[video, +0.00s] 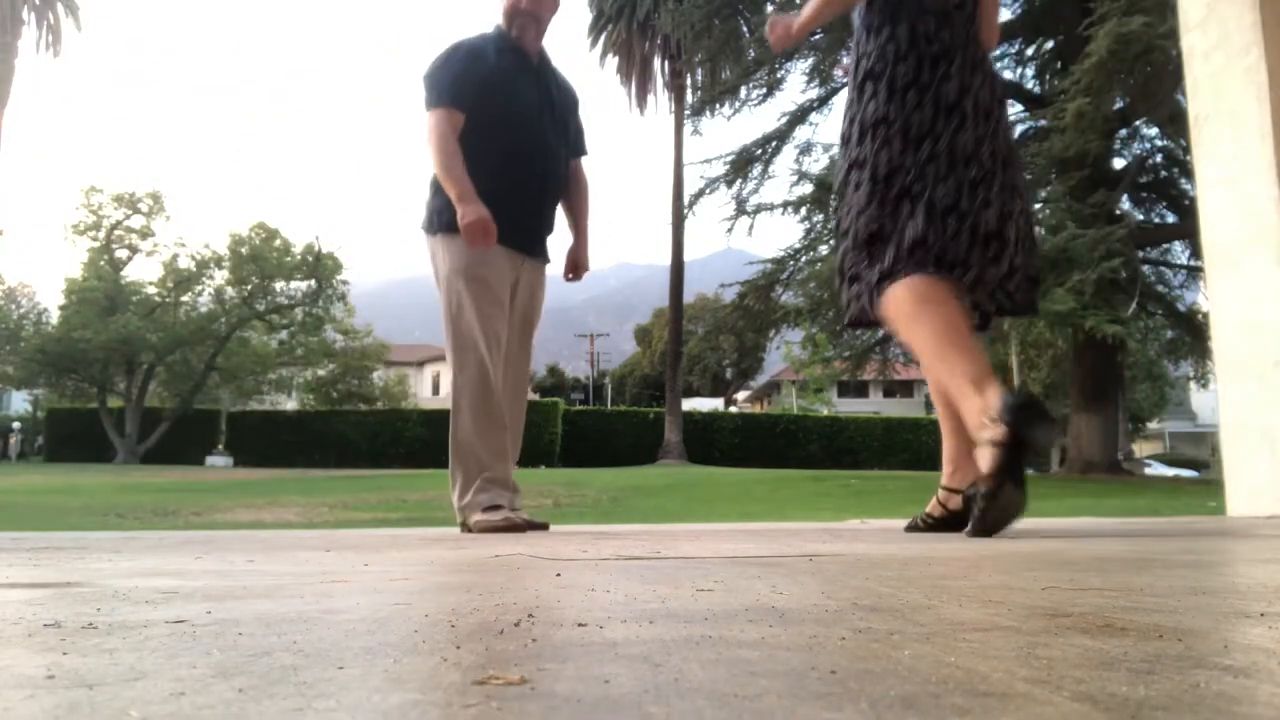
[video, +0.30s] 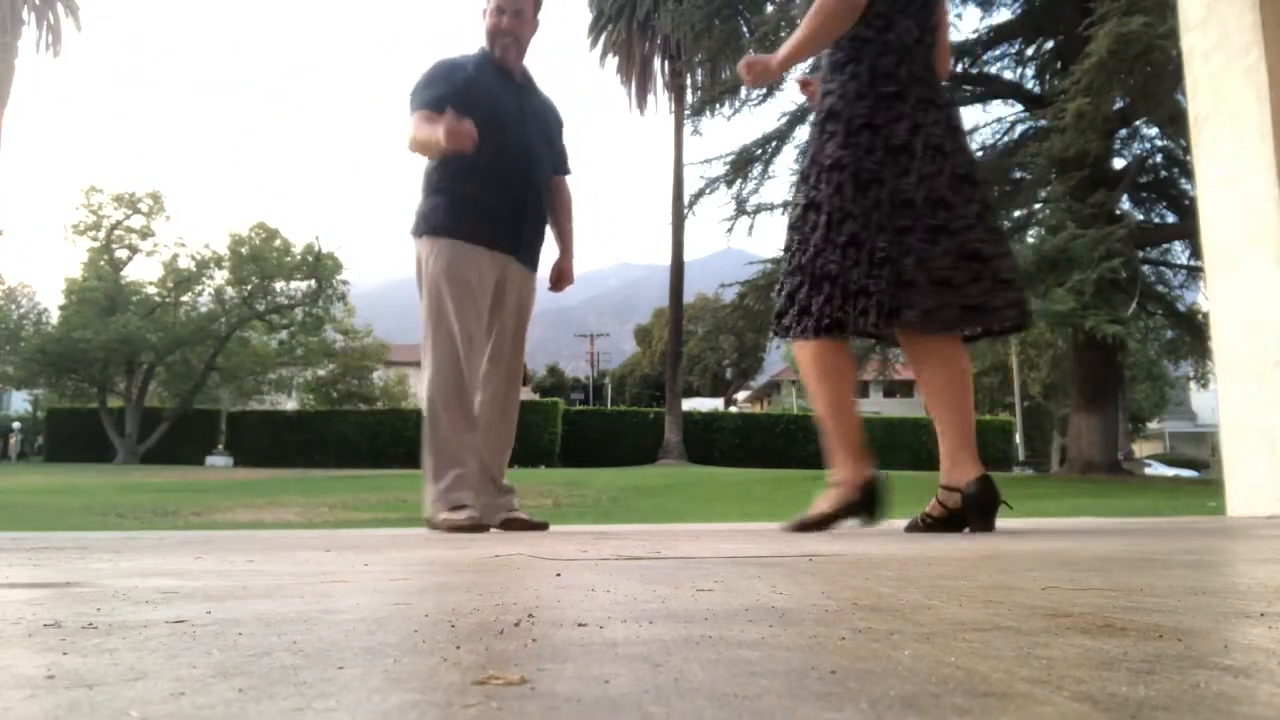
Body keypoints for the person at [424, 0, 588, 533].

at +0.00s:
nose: (539, 7)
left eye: (546, 1)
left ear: (552, 11)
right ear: (512, 3)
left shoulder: (560, 91)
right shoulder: (468, 57)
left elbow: (573, 170)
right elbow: (441, 133)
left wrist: (580, 237)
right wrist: (466, 201)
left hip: (528, 248)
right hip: (472, 236)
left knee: (513, 368)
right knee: (479, 363)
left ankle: (498, 497)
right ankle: (479, 499)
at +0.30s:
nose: (505, 22)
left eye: (518, 14)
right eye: (498, 11)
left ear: (535, 24)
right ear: (484, 16)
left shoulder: (545, 110)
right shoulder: (453, 73)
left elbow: (557, 185)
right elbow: (419, 134)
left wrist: (566, 249)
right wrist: (443, 138)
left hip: (518, 255)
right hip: (456, 243)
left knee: (502, 376)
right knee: (452, 370)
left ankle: (492, 499)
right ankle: (450, 500)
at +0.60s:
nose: (483, 20)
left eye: (495, 13)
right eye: (476, 10)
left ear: (510, 25)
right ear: (461, 16)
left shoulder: (521, 113)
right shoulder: (430, 69)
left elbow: (531, 190)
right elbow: (394, 128)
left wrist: (541, 261)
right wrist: (421, 106)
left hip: (497, 255)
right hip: (431, 241)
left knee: (489, 381)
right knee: (409, 368)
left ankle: (485, 505)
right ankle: (374, 498)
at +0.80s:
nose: (452, 11)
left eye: (464, 5)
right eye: (443, 2)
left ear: (476, 16)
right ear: (427, 9)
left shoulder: (488, 109)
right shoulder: (393, 64)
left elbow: (501, 186)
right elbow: (362, 130)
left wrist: (524, 256)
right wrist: (377, 178)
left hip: (471, 255)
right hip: (401, 241)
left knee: (473, 378)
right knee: (368, 366)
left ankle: (484, 506)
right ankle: (313, 499)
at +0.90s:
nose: (435, 8)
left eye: (443, 3)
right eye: (426, 0)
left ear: (453, 13)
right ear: (407, 6)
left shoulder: (468, 104)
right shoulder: (372, 58)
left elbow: (482, 185)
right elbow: (341, 139)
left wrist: (519, 247)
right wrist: (330, 223)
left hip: (448, 260)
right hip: (375, 243)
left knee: (462, 384)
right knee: (344, 373)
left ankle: (485, 506)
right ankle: (306, 503)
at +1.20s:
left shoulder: (432, 60)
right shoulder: (327, 15)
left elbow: (469, 142)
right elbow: (271, 101)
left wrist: (529, 186)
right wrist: (258, 198)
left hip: (415, 229)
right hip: (334, 220)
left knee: (424, 363)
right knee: (317, 362)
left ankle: (410, 503)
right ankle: (303, 503)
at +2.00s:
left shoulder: (377, 29)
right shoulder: (266, 1)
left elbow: (384, 123)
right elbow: (214, 43)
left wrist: (465, 160)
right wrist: (247, 135)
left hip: (360, 206)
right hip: (282, 188)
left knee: (375, 353)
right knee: (257, 346)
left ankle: (366, 500)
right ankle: (221, 505)